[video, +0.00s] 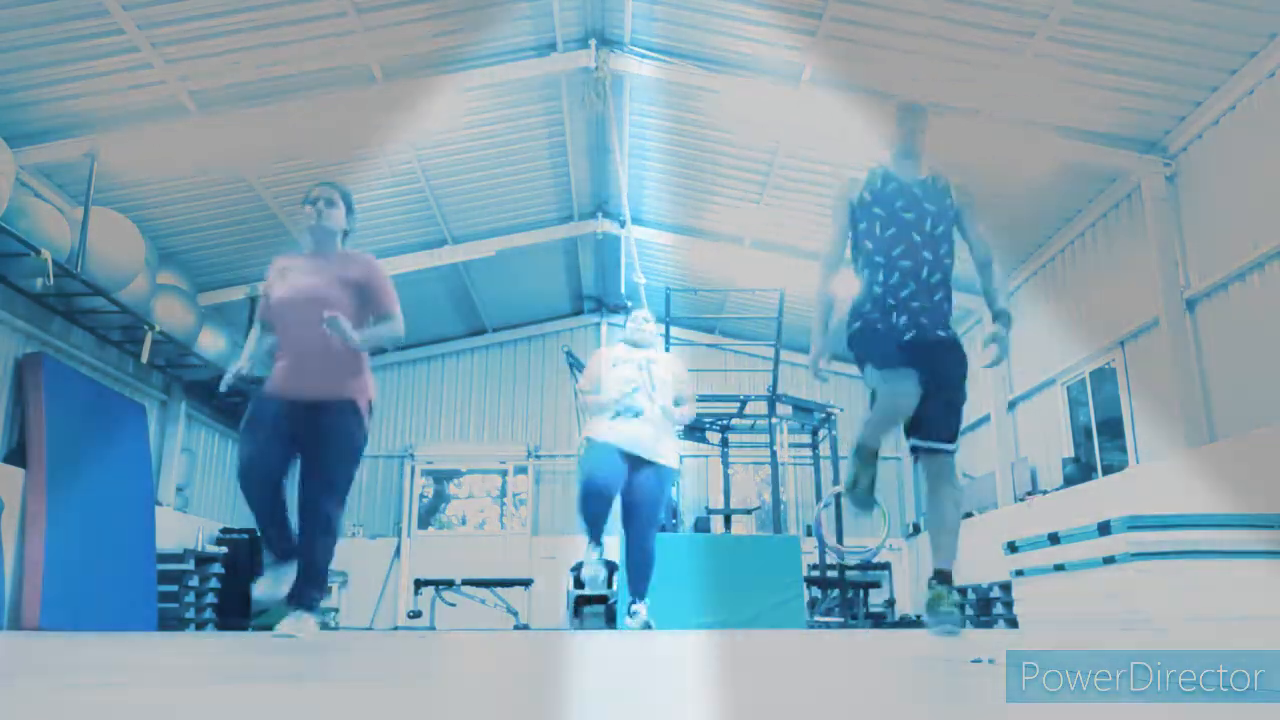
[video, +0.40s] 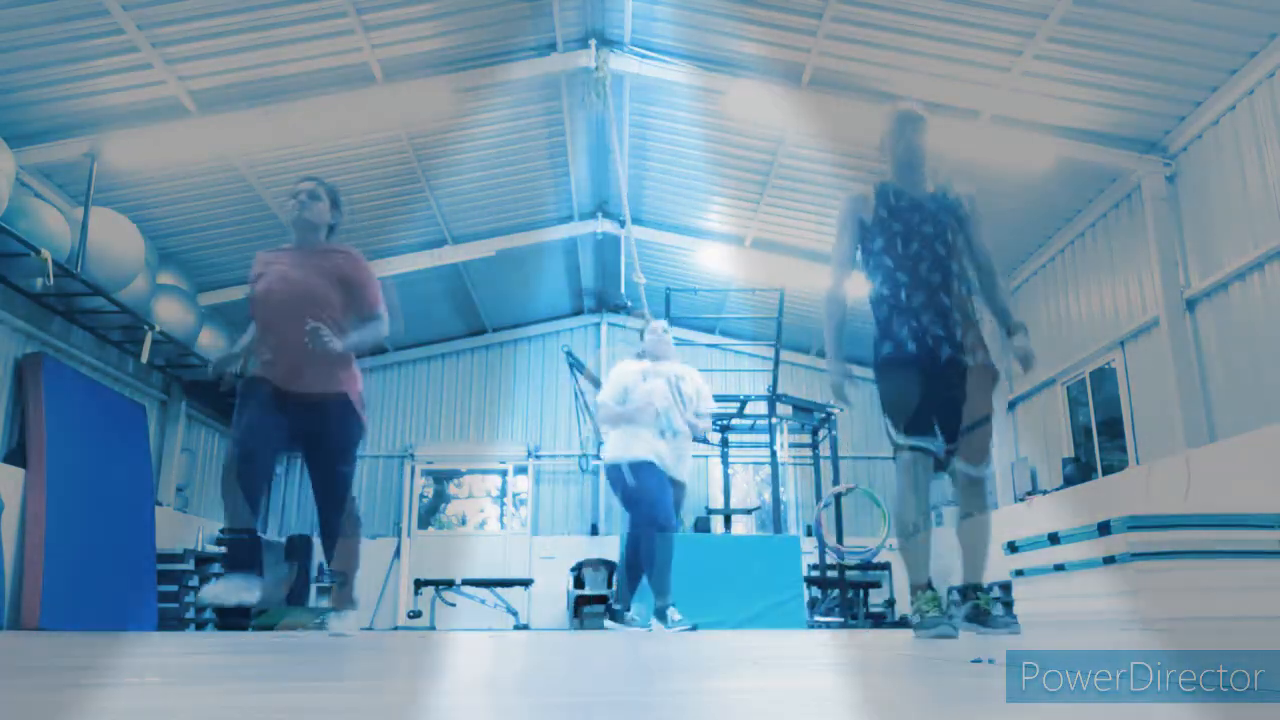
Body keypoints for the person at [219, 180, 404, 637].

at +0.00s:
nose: (318, 209)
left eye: (329, 204)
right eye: (311, 203)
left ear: (347, 219)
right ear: (300, 215)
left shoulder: (363, 266)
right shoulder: (280, 267)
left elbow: (396, 327)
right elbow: (265, 330)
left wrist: (358, 337)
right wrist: (244, 365)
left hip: (339, 401)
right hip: (280, 396)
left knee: (320, 504)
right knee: (255, 472)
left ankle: (305, 608)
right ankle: (284, 558)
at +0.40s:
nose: (300, 203)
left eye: (312, 198)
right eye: (294, 197)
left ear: (333, 215)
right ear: (285, 210)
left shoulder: (350, 263)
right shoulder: (265, 261)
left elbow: (380, 328)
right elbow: (262, 323)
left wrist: (344, 342)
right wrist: (234, 352)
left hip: (331, 397)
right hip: (270, 389)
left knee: (335, 499)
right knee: (243, 461)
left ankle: (343, 605)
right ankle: (241, 573)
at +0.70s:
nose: (277, 200)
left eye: (287, 195)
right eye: (269, 195)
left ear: (304, 210)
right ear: (257, 210)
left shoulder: (329, 261)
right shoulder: (237, 262)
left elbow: (364, 318)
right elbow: (202, 328)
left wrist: (358, 331)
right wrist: (216, 333)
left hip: (317, 391)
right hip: (254, 393)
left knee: (317, 459)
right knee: (233, 495)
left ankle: (320, 552)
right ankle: (219, 607)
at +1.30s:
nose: (326, 221)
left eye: (335, 214)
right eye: (319, 214)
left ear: (352, 227)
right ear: (308, 226)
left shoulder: (376, 283)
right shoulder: (289, 283)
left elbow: (411, 344)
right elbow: (264, 352)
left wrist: (388, 337)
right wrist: (281, 350)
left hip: (365, 409)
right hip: (303, 411)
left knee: (367, 505)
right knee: (289, 512)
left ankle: (365, 611)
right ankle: (281, 611)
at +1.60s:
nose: (373, 197)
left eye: (383, 190)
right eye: (365, 191)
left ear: (401, 203)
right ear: (355, 203)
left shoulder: (422, 258)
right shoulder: (333, 259)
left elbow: (455, 321)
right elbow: (313, 328)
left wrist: (424, 332)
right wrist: (326, 313)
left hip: (394, 382)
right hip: (336, 378)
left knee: (386, 486)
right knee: (309, 458)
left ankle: (387, 605)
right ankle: (309, 548)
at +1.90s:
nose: (391, 191)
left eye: (401, 185)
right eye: (383, 186)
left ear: (420, 199)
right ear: (372, 201)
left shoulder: (443, 254)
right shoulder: (353, 255)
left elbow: (473, 317)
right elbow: (323, 317)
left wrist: (442, 331)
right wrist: (322, 307)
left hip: (420, 381)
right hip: (364, 373)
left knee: (414, 486)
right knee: (352, 433)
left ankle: (417, 598)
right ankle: (351, 554)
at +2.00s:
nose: (397, 205)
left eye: (407, 199)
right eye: (389, 199)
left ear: (424, 212)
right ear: (378, 211)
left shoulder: (446, 268)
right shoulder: (358, 269)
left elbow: (472, 333)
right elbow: (339, 340)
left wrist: (451, 361)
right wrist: (328, 333)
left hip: (428, 404)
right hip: (366, 399)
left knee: (423, 509)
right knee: (362, 506)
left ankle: (422, 607)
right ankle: (369, 611)